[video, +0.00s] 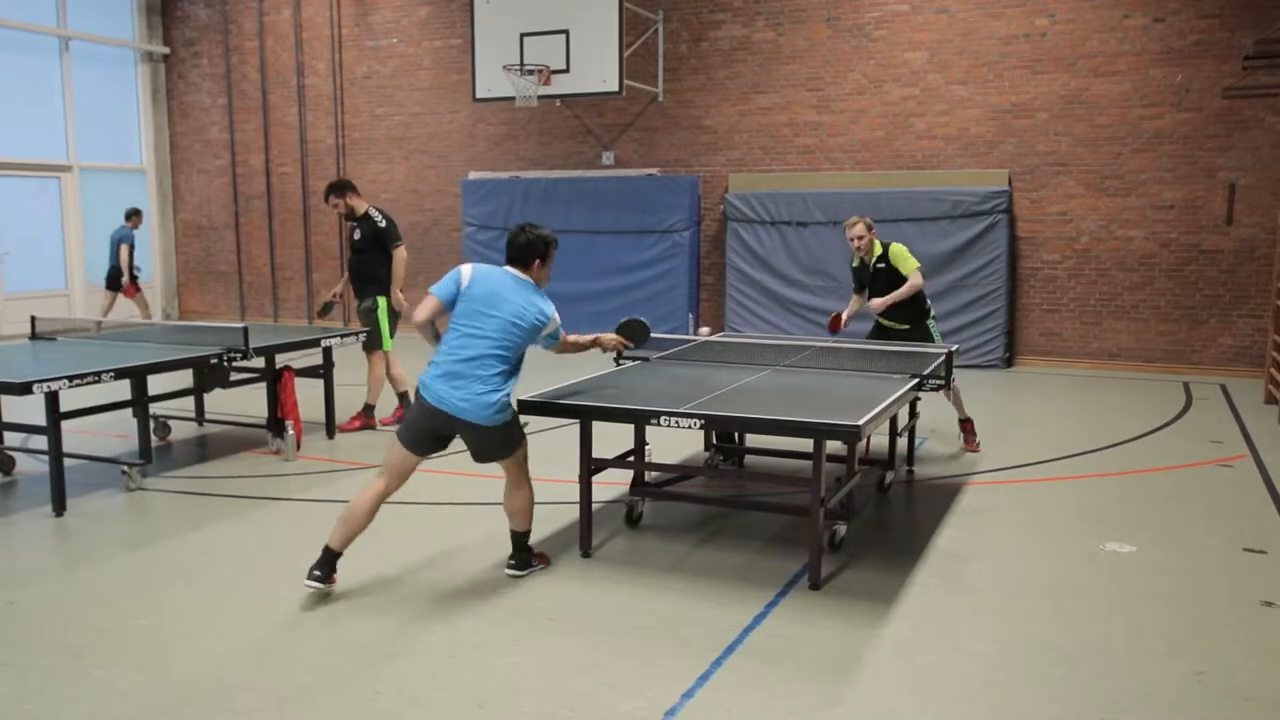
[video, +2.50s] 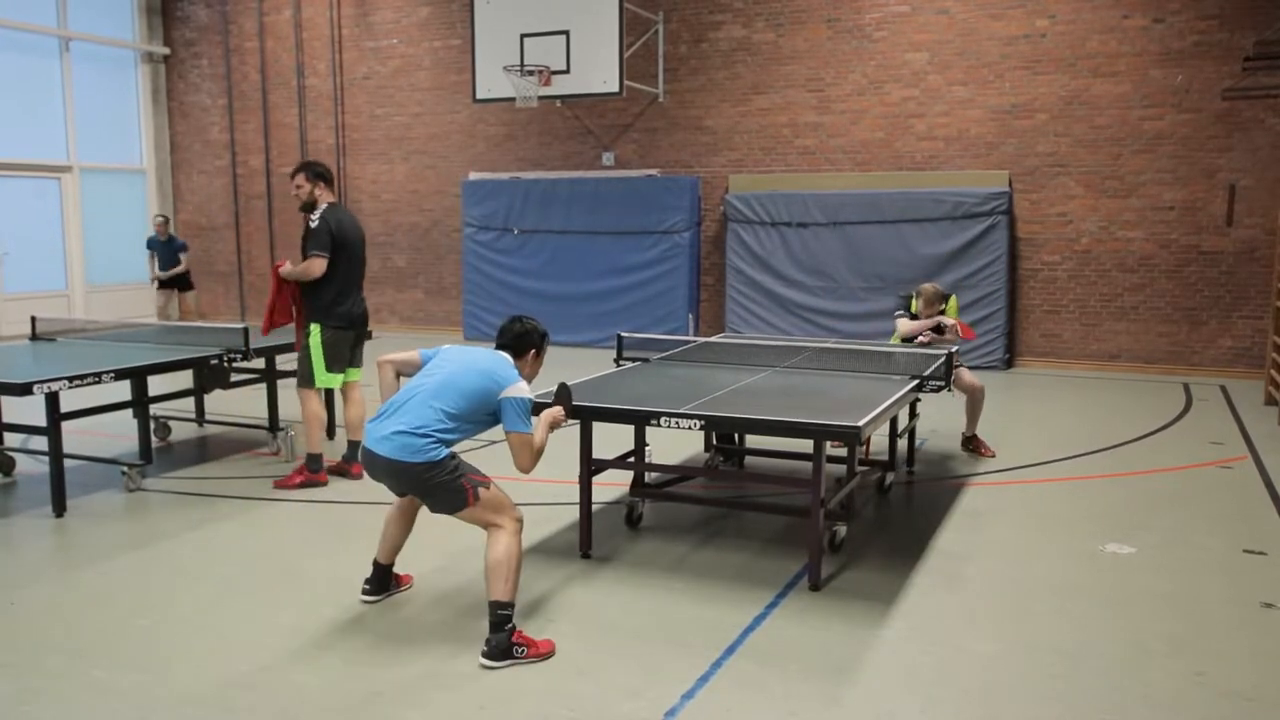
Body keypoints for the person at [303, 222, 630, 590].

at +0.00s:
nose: (552, 269)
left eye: (551, 261)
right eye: (550, 262)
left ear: (512, 256)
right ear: (538, 262)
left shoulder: (468, 274)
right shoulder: (539, 307)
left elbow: (420, 318)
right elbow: (561, 344)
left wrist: (439, 343)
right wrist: (598, 341)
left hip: (434, 400)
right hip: (487, 411)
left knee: (383, 482)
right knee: (517, 478)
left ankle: (325, 563)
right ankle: (521, 555)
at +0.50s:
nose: (523, 238)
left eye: (523, 230)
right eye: (523, 230)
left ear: (477, 226)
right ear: (511, 230)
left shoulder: (428, 256)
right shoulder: (504, 275)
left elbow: (385, 314)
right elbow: (519, 355)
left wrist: (426, 332)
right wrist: (558, 348)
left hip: (402, 392)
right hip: (458, 397)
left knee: (413, 491)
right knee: (503, 483)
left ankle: (424, 598)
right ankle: (504, 594)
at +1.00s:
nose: (382, 267)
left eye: (379, 261)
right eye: (377, 262)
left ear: (327, 266)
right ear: (366, 271)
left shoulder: (296, 294)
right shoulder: (376, 331)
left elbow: (337, 315)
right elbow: (431, 387)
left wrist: (369, 298)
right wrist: (485, 374)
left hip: (264, 451)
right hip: (321, 464)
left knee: (240, 532)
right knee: (392, 544)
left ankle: (169, 620)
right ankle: (377, 657)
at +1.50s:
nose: (389, 277)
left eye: (389, 267)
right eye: (387, 268)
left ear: (340, 266)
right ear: (367, 269)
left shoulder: (300, 297)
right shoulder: (342, 324)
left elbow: (291, 373)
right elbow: (332, 417)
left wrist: (355, 382)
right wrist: (404, 442)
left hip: (251, 449)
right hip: (295, 457)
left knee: (267, 536)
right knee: (374, 548)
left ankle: (196, 635)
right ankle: (363, 683)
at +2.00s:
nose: (486, 266)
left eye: (491, 254)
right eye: (478, 253)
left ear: (450, 243)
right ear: (443, 244)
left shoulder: (424, 272)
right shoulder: (412, 299)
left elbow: (399, 341)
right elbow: (366, 396)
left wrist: (440, 374)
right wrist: (444, 441)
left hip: (334, 425)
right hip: (359, 438)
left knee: (358, 535)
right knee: (424, 546)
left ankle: (319, 653)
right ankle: (414, 691)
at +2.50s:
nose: (539, 368)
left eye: (541, 359)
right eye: (541, 359)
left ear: (499, 345)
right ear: (531, 356)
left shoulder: (454, 352)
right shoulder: (513, 383)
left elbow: (387, 363)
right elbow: (526, 461)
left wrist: (391, 419)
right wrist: (545, 421)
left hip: (374, 446)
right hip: (416, 456)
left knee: (413, 494)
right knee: (506, 520)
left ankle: (378, 579)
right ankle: (502, 639)